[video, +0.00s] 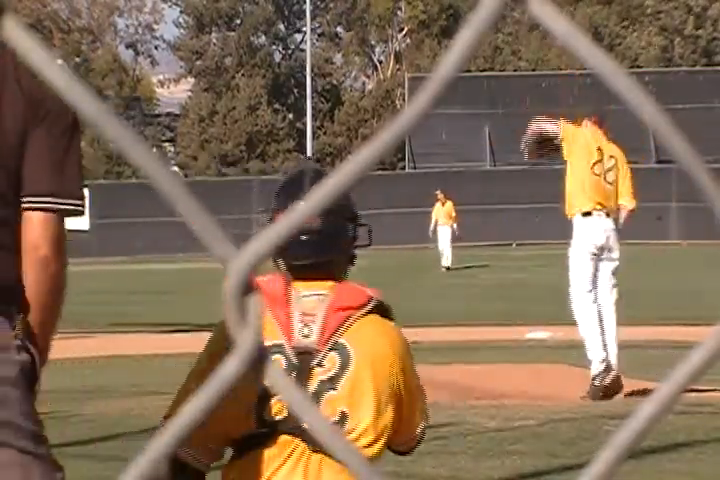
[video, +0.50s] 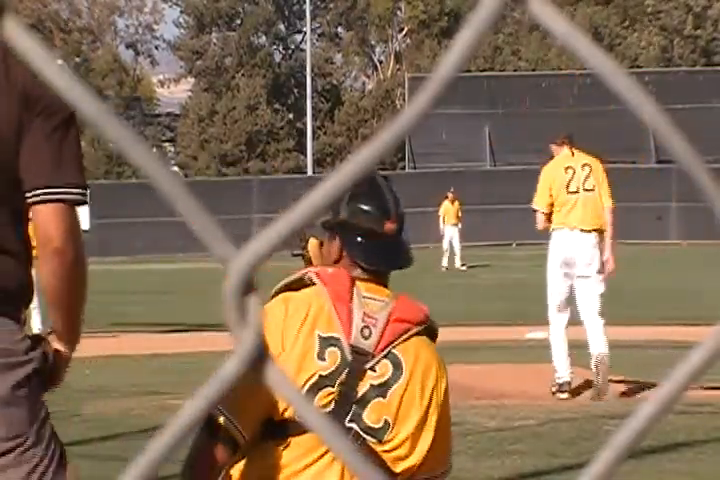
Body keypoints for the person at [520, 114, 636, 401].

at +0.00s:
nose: (580, 126)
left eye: (581, 122)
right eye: (581, 123)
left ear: (586, 122)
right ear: (603, 125)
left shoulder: (576, 133)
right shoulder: (617, 153)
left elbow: (538, 124)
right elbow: (627, 202)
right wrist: (613, 227)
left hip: (586, 224)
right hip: (610, 226)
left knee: (582, 296)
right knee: (607, 296)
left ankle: (599, 366)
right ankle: (611, 366)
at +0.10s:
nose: (579, 132)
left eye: (580, 129)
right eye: (581, 129)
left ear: (584, 128)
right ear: (599, 129)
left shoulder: (572, 145)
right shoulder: (616, 154)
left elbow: (547, 160)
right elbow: (624, 202)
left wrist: (539, 171)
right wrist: (617, 236)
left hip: (582, 225)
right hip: (609, 227)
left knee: (572, 298)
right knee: (606, 300)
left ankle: (591, 364)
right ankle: (610, 365)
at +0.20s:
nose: (573, 133)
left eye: (573, 129)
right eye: (577, 129)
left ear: (574, 131)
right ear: (594, 130)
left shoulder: (563, 157)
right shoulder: (608, 155)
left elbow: (550, 201)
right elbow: (623, 198)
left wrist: (561, 209)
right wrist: (618, 236)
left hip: (575, 227)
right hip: (604, 226)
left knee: (571, 302)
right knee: (606, 303)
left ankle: (573, 371)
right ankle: (609, 367)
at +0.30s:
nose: (566, 143)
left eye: (566, 139)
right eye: (568, 139)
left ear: (566, 139)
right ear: (585, 136)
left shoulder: (557, 164)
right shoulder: (604, 161)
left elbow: (554, 213)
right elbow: (623, 198)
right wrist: (617, 239)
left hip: (570, 233)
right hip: (600, 232)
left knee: (568, 307)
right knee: (605, 305)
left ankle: (561, 375)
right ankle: (609, 367)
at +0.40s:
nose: (556, 150)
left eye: (557, 146)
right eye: (558, 146)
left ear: (560, 146)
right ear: (578, 143)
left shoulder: (553, 170)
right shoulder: (599, 166)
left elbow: (549, 221)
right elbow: (616, 204)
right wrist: (613, 247)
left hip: (565, 238)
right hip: (595, 237)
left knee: (562, 312)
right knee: (600, 309)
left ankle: (561, 376)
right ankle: (606, 363)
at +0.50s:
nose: (551, 152)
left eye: (552, 147)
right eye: (553, 147)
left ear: (556, 146)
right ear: (571, 142)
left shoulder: (549, 170)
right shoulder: (595, 165)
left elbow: (541, 222)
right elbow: (608, 209)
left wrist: (552, 218)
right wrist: (608, 250)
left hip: (560, 239)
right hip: (590, 239)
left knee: (557, 311)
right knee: (591, 310)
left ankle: (562, 376)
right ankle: (600, 355)